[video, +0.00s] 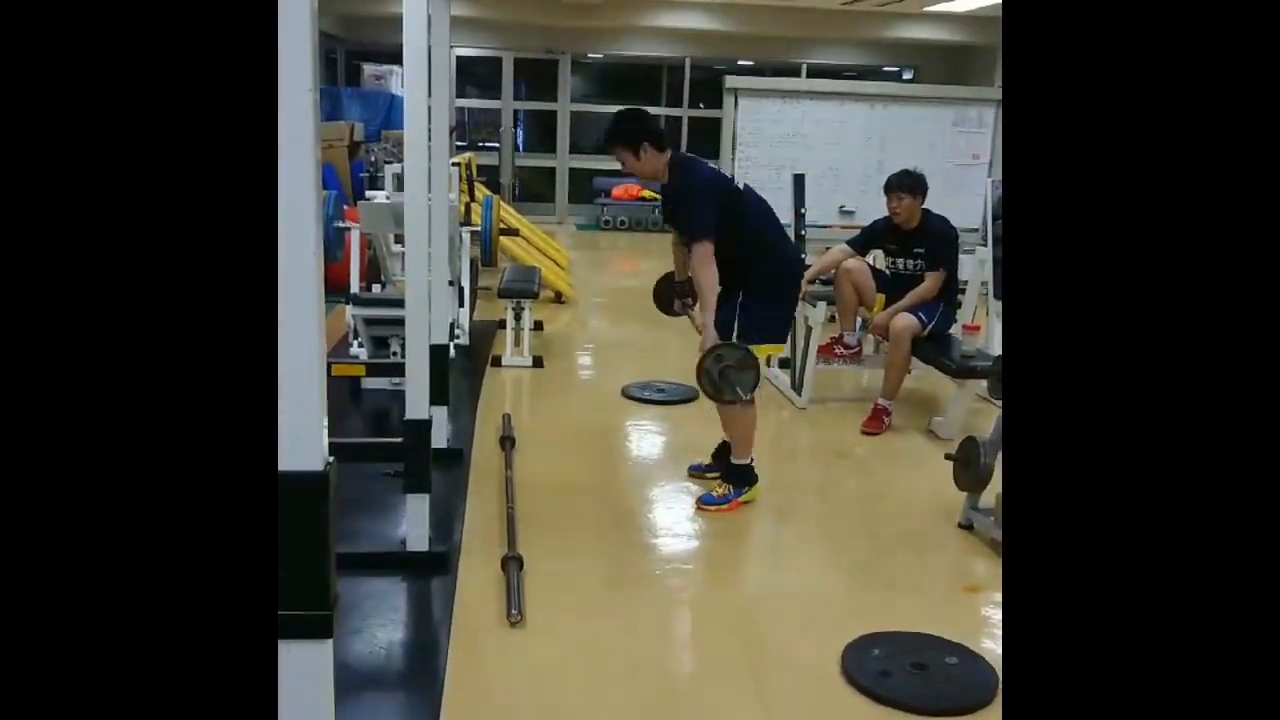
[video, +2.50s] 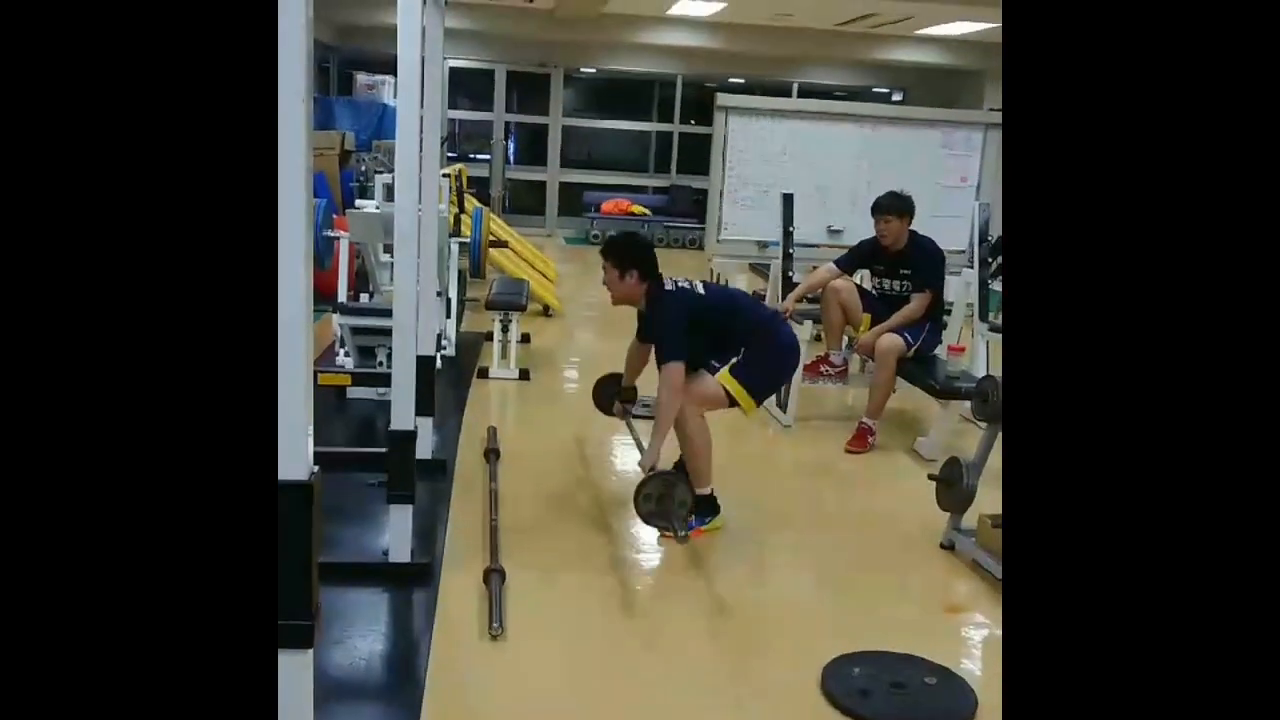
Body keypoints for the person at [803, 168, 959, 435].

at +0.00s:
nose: (893, 205)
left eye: (900, 198)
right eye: (889, 198)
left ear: (919, 200)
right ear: (886, 199)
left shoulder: (941, 231)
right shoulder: (883, 227)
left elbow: (931, 287)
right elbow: (842, 252)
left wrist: (888, 313)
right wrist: (806, 278)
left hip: (935, 303)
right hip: (894, 294)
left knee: (901, 325)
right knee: (847, 268)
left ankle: (883, 406)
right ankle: (848, 342)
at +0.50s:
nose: (892, 207)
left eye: (899, 200)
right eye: (888, 200)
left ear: (918, 202)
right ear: (884, 201)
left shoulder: (938, 232)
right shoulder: (881, 228)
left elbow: (929, 288)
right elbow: (840, 254)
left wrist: (886, 315)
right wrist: (803, 279)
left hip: (933, 305)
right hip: (894, 295)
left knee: (898, 326)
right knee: (845, 268)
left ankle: (879, 408)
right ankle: (846, 344)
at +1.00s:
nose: (888, 209)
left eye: (895, 204)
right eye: (885, 203)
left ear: (914, 204)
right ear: (881, 203)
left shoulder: (935, 234)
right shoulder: (879, 229)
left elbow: (926, 290)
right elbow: (836, 255)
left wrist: (883, 316)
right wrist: (800, 280)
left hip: (928, 305)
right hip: (891, 294)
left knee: (895, 327)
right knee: (843, 270)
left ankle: (876, 409)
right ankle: (843, 345)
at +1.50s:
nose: (884, 213)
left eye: (891, 207)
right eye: (881, 206)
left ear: (911, 208)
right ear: (877, 205)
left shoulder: (932, 238)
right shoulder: (875, 233)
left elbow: (922, 293)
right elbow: (833, 258)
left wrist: (880, 318)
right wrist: (796, 282)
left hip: (925, 308)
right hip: (888, 297)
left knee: (891, 331)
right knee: (839, 273)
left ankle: (872, 412)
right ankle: (839, 347)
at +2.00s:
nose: (883, 218)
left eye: (890, 212)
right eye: (880, 211)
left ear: (909, 213)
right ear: (876, 212)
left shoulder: (930, 243)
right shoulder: (873, 238)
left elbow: (921, 299)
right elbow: (832, 263)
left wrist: (877, 325)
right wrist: (795, 289)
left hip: (925, 314)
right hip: (885, 305)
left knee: (889, 336)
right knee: (837, 279)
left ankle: (870, 418)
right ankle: (837, 354)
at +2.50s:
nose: (880, 228)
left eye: (887, 221)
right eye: (877, 221)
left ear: (906, 222)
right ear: (873, 221)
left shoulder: (928, 252)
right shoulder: (870, 248)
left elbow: (918, 307)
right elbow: (830, 272)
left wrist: (875, 333)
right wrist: (793, 296)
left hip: (921, 324)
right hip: (882, 314)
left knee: (886, 345)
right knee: (835, 288)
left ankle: (868, 426)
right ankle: (835, 362)